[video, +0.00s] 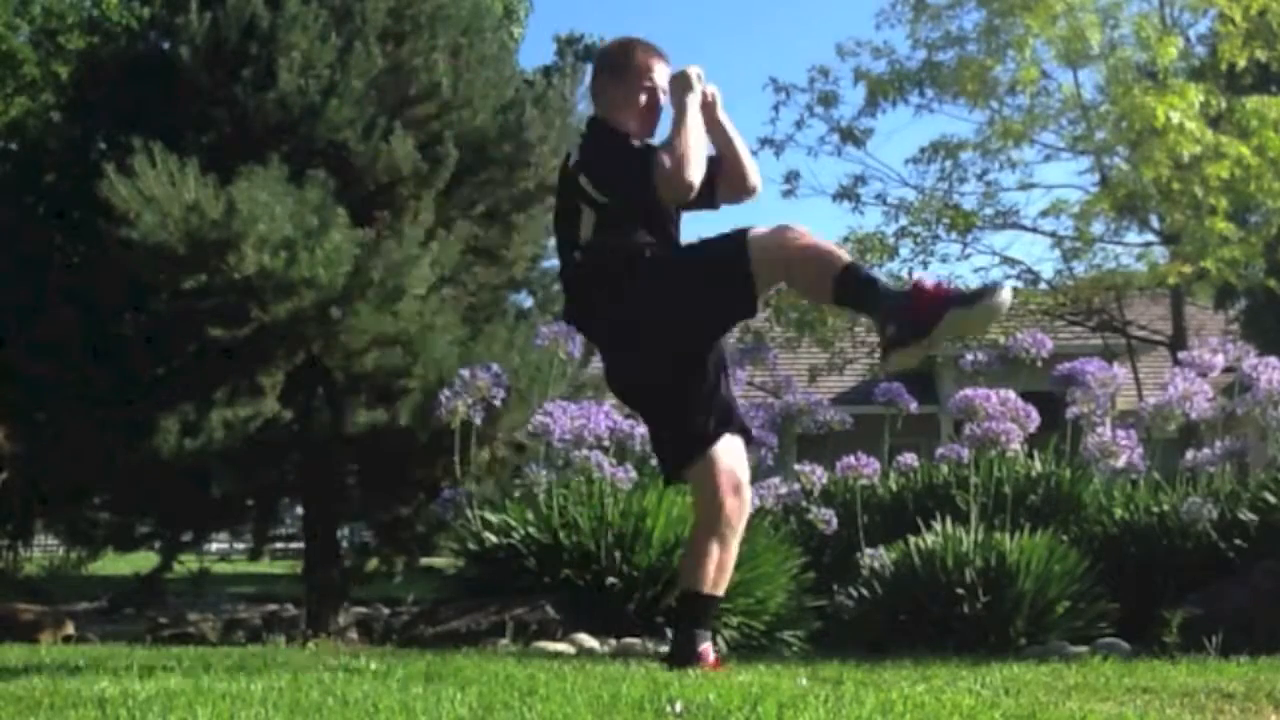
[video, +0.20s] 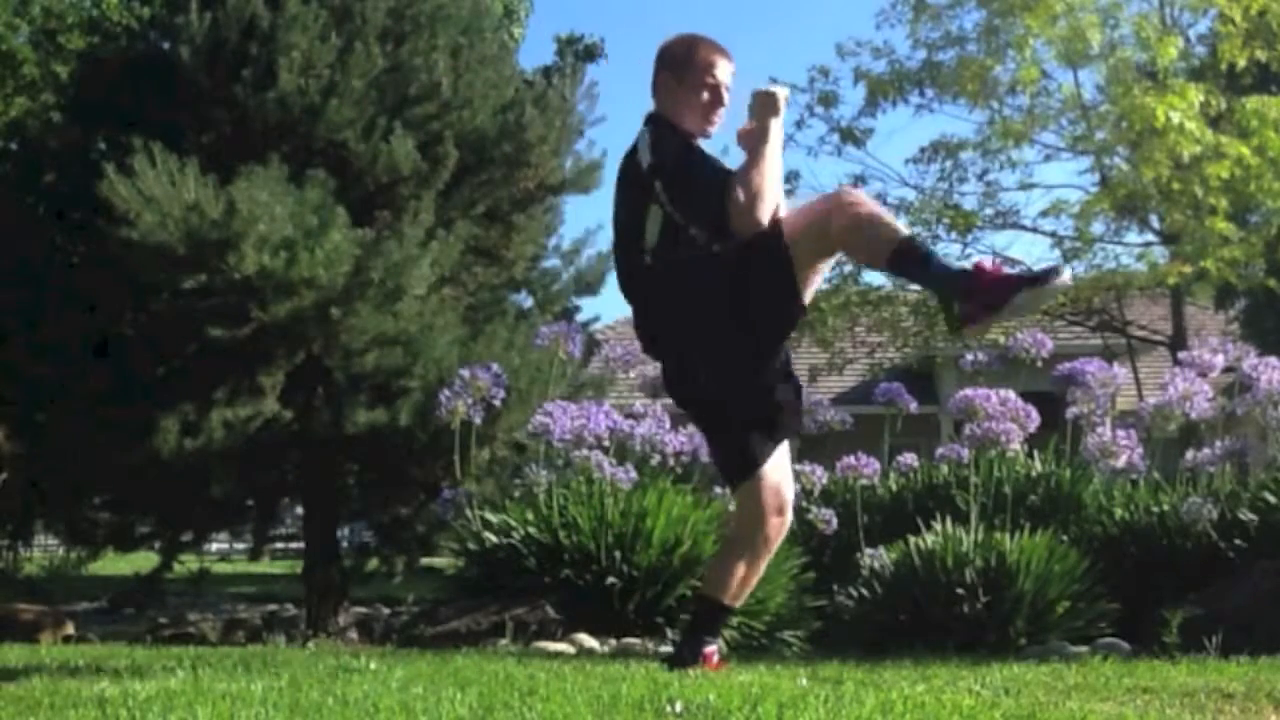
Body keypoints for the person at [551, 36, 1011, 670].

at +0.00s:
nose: (658, 102)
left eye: (662, 93)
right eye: (646, 89)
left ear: (657, 102)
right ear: (606, 89)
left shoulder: (641, 156)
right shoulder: (599, 149)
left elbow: (741, 184)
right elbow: (683, 183)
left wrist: (713, 116)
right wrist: (690, 106)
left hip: (657, 344)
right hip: (644, 307)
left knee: (728, 495)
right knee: (785, 246)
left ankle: (691, 644)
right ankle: (898, 309)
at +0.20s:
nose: (720, 101)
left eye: (724, 92)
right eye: (709, 88)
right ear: (668, 83)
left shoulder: (663, 157)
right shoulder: (663, 150)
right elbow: (750, 217)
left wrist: (756, 142)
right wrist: (766, 126)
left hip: (712, 352)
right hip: (722, 319)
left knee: (767, 514)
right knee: (844, 212)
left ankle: (695, 649)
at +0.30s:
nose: (743, 91)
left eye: (747, 82)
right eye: (731, 78)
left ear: (745, 85)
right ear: (688, 74)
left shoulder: (683, 145)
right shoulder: (691, 141)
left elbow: (767, 232)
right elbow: (774, 221)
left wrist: (773, 152)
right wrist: (794, 132)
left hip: (712, 348)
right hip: (742, 319)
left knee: (769, 514)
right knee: (904, 325)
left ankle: (693, 652)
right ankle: (962, 474)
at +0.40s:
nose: (770, 87)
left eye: (774, 77)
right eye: (757, 73)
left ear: (768, 84)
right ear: (715, 71)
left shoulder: (723, 139)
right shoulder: (720, 131)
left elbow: (812, 197)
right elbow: (810, 194)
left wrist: (807, 129)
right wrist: (821, 116)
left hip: (736, 342)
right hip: (775, 325)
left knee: (776, 517)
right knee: (884, 450)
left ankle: (693, 646)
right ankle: (936, 631)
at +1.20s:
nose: (768, 84)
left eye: (772, 73)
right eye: (756, 70)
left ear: (763, 79)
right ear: (711, 67)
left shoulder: (743, 149)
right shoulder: (683, 135)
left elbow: (809, 233)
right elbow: (741, 189)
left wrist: (810, 151)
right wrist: (778, 120)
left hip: (756, 341)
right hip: (724, 342)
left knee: (780, 508)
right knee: (807, 482)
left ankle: (697, 644)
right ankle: (860, 645)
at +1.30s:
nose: (737, 70)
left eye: (742, 60)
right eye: (725, 57)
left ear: (739, 65)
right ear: (682, 54)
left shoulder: (725, 141)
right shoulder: (645, 119)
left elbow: (787, 225)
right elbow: (682, 186)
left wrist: (785, 147)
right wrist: (742, 122)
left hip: (736, 324)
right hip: (677, 322)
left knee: (741, 480)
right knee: (762, 448)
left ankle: (694, 637)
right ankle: (778, 630)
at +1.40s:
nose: (704, 69)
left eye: (709, 59)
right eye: (691, 55)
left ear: (712, 69)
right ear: (651, 55)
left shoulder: (709, 143)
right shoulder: (611, 123)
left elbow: (760, 230)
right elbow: (633, 194)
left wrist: (757, 151)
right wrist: (705, 132)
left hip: (712, 329)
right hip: (644, 324)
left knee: (720, 489)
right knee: (709, 457)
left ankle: (690, 628)